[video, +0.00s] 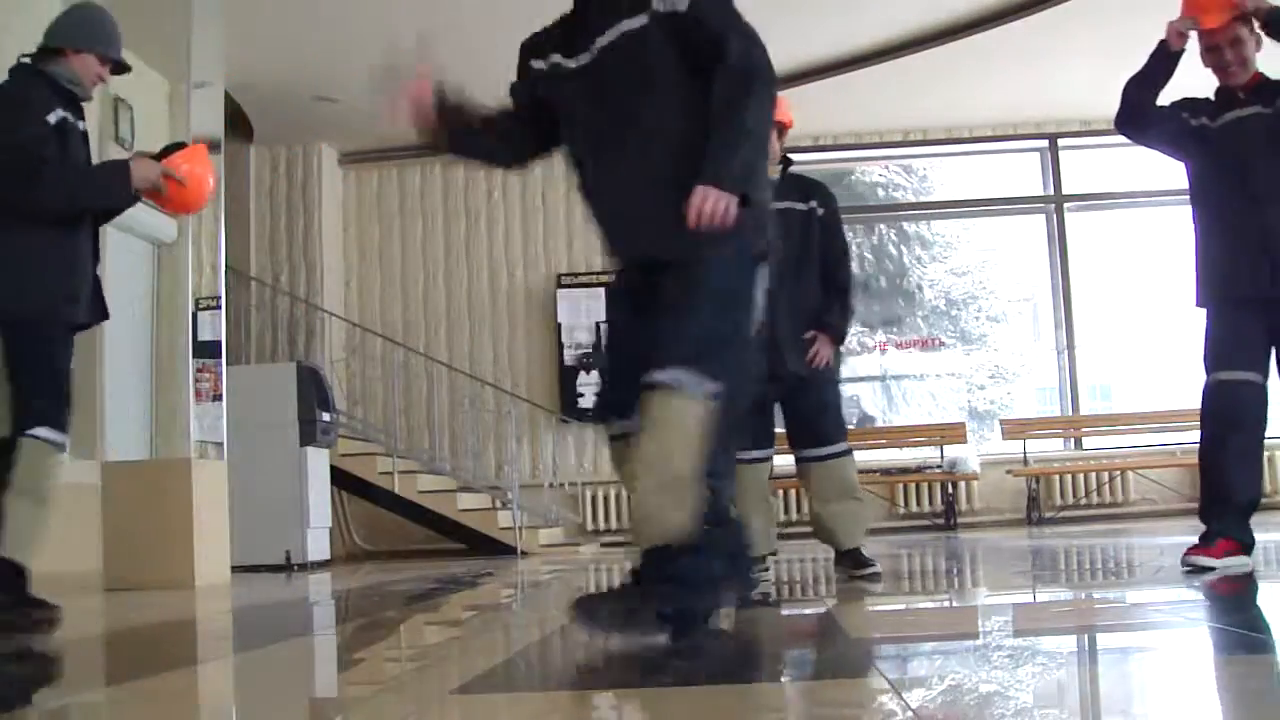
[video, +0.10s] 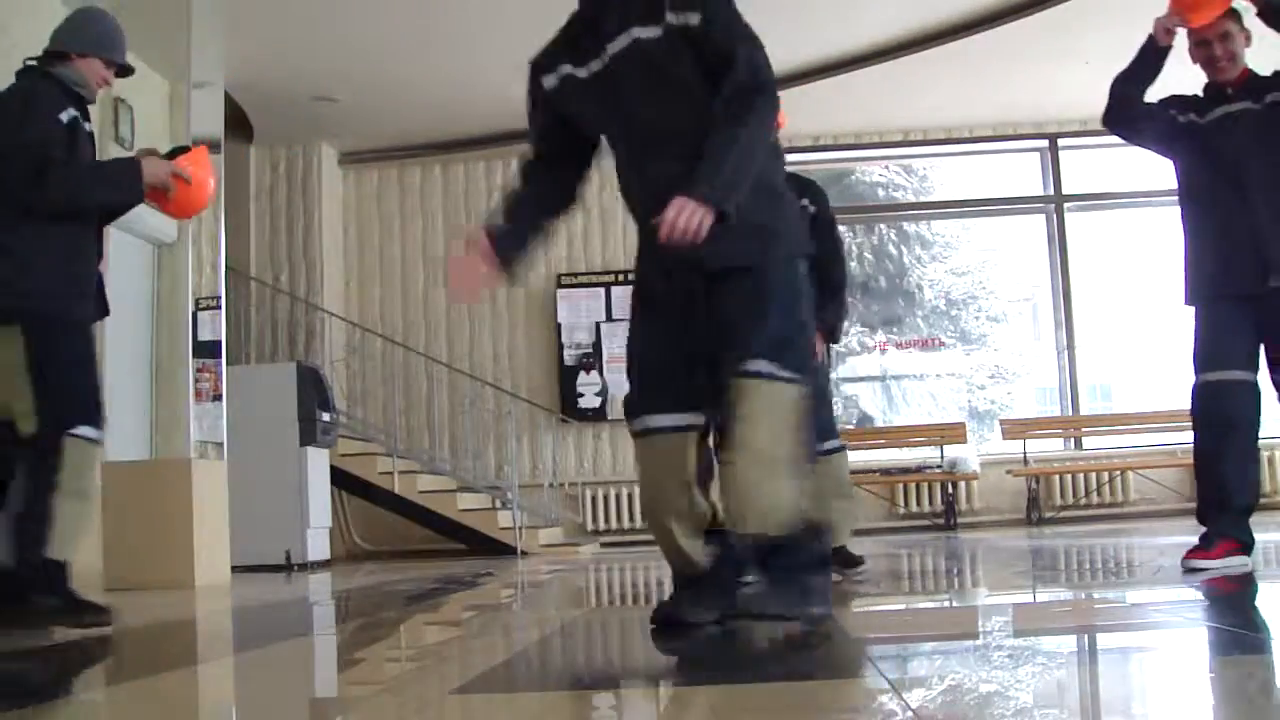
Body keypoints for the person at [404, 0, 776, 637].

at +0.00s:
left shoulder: (672, 4)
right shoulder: (548, 53)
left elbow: (747, 69)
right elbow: (525, 137)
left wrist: (724, 174)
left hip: (718, 236)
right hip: (645, 253)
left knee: (681, 402)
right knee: (631, 423)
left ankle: (673, 582)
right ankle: (713, 563)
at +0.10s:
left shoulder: (690, 6)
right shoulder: (557, 65)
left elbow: (754, 94)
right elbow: (556, 166)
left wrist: (707, 191)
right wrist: (505, 238)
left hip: (755, 231)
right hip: (665, 248)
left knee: (761, 394)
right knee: (660, 419)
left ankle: (784, 568)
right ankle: (701, 578)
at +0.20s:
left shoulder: (701, 16)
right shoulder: (578, 87)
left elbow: (762, 131)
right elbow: (584, 200)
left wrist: (710, 224)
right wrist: (540, 294)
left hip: (764, 246)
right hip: (673, 268)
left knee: (825, 396)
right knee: (655, 427)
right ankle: (702, 577)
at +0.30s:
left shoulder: (733, 10)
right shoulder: (592, 62)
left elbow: (799, 110)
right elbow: (582, 166)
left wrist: (748, 194)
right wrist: (519, 242)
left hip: (786, 264)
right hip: (681, 285)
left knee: (871, 397)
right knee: (668, 437)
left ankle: (966, 510)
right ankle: (703, 582)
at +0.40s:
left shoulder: (785, 4)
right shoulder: (618, 18)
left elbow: (853, 62)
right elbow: (579, 95)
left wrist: (802, 134)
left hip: (807, 238)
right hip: (697, 254)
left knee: (894, 360)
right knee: (685, 415)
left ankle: (944, 497)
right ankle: (683, 578)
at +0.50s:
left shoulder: (821, 3)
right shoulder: (641, 17)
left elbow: (895, 59)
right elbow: (552, 49)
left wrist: (874, 133)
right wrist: (447, 56)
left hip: (821, 235)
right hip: (711, 246)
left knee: (906, 370)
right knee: (672, 399)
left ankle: (960, 515)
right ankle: (632, 550)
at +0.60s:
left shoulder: (864, 38)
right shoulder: (686, 30)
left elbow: (926, 115)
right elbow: (598, 48)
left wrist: (948, 200)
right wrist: (520, 36)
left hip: (841, 292)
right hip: (726, 294)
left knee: (924, 423)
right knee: (653, 422)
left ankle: (987, 559)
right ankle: (570, 565)